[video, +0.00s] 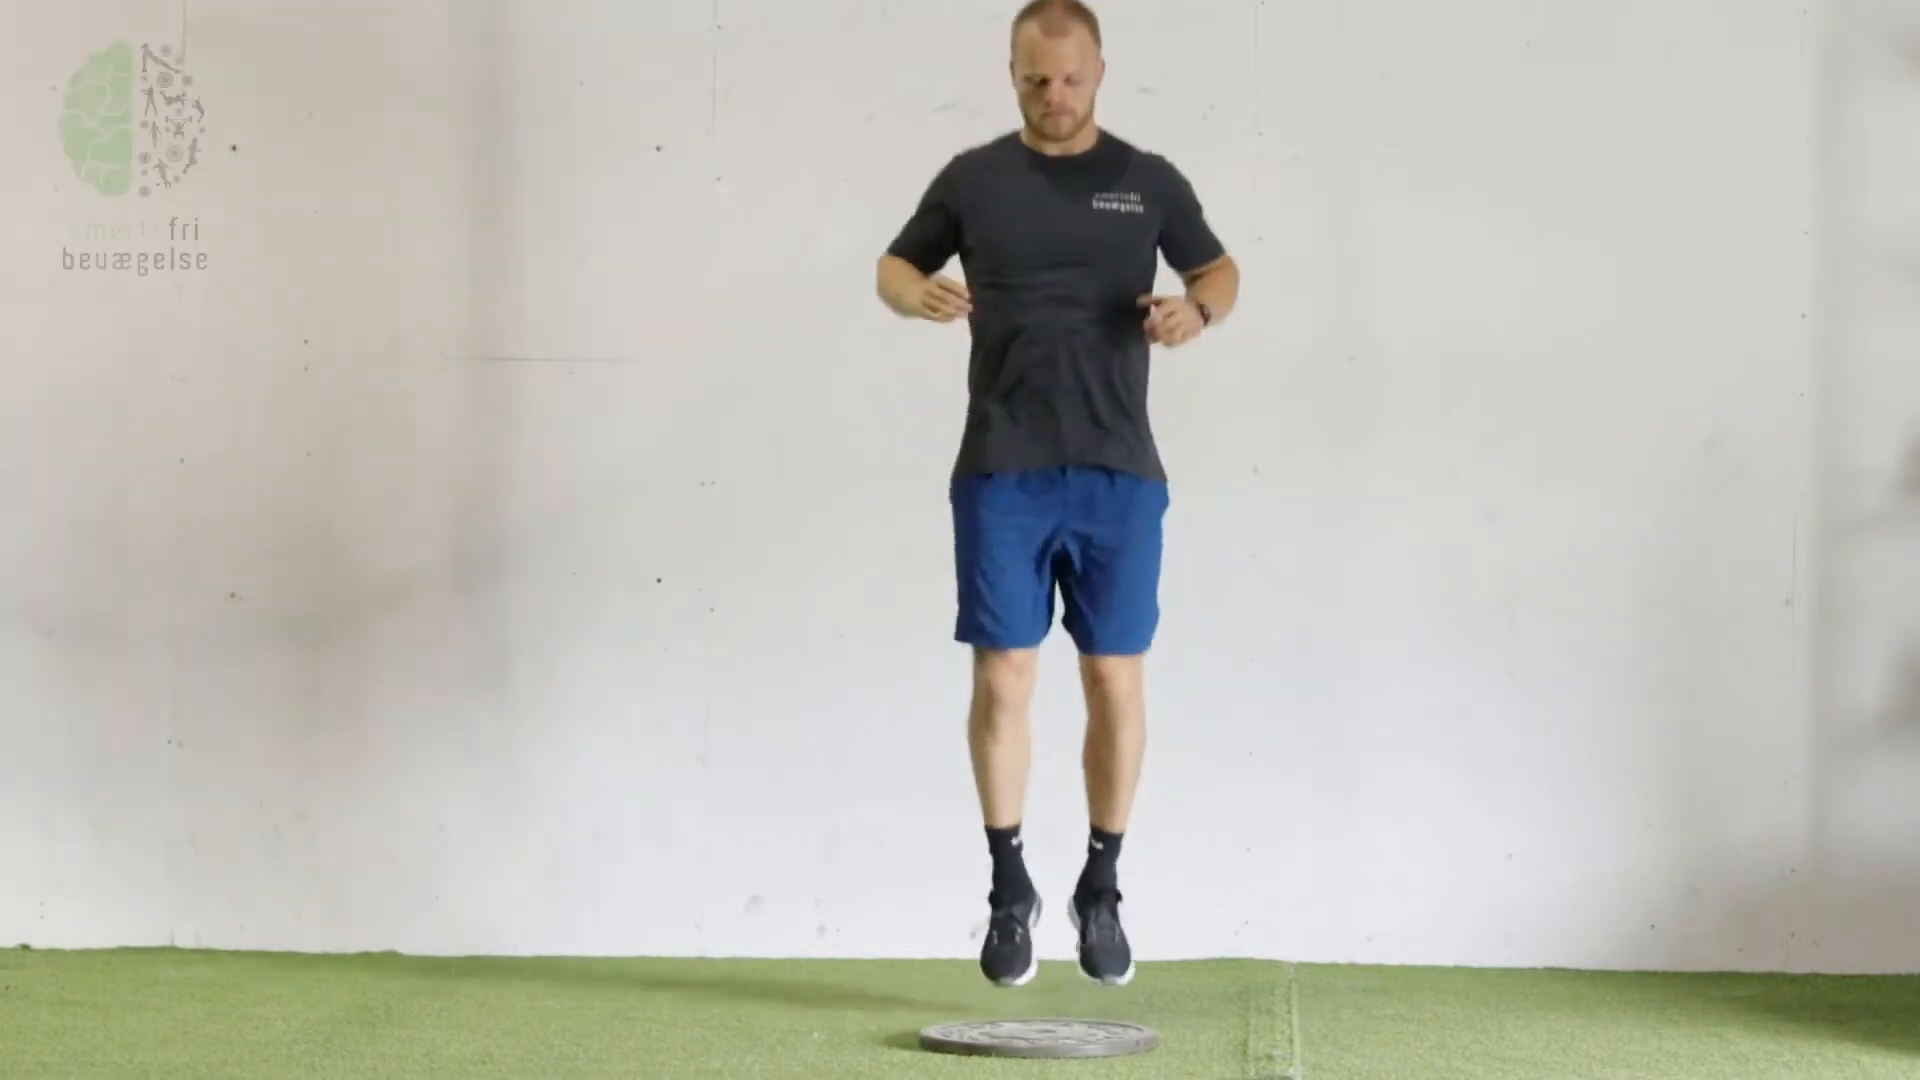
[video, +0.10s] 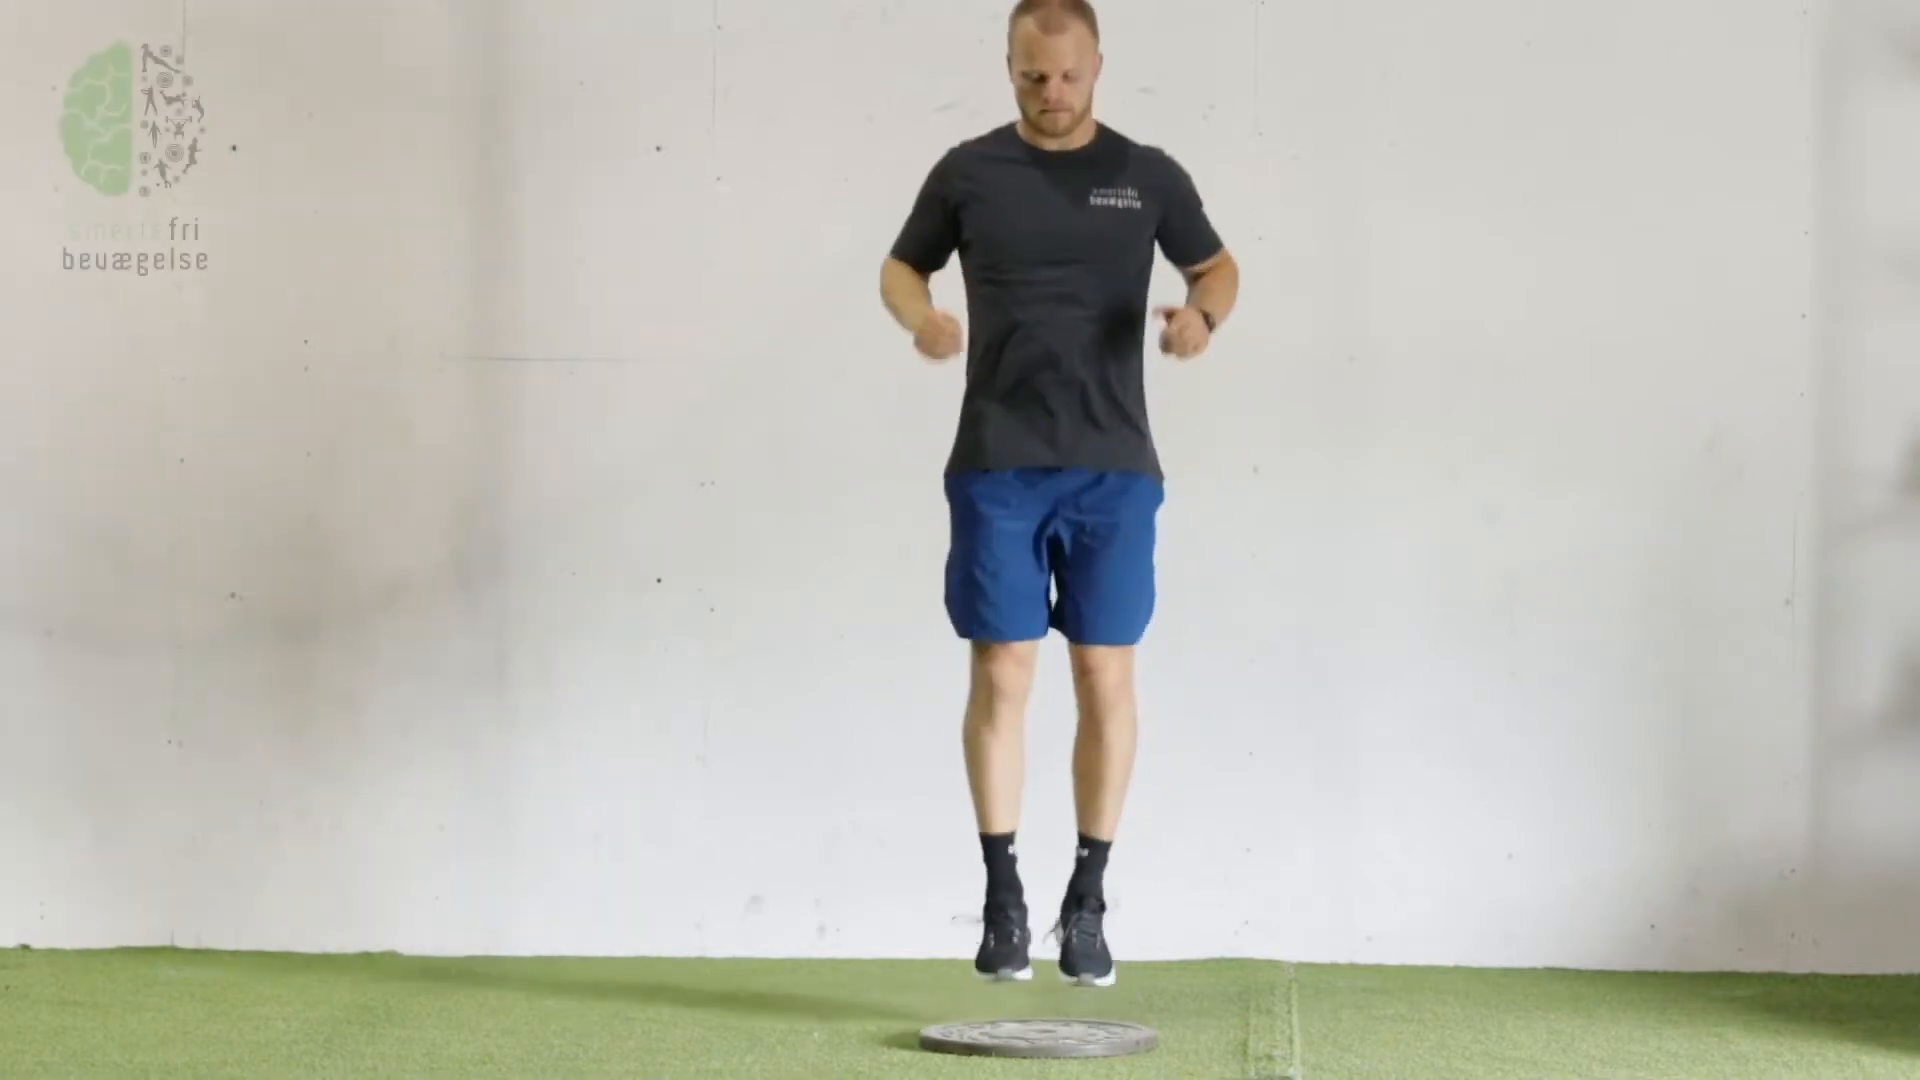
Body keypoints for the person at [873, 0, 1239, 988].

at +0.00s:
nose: (1052, 98)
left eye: (1068, 81)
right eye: (1035, 81)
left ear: (1099, 75)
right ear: (1013, 77)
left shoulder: (1148, 180)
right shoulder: (973, 178)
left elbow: (1218, 272)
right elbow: (895, 269)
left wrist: (1198, 308)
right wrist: (921, 293)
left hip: (1118, 469)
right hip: (1003, 468)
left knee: (1114, 681)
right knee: (1003, 677)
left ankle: (1102, 886)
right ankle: (1009, 890)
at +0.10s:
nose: (1052, 95)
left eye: (1068, 77)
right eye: (1034, 77)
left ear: (1096, 70)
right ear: (1011, 72)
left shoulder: (1147, 175)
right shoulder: (968, 171)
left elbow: (1215, 267)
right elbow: (901, 268)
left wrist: (1201, 313)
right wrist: (924, 320)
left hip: (1112, 461)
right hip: (999, 460)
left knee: (1105, 675)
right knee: (1002, 674)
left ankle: (1087, 904)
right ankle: (1003, 900)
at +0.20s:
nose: (1050, 128)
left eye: (1066, 110)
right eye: (1033, 111)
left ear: (1096, 106)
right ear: (1011, 110)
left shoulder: (1147, 217)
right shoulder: (965, 212)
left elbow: (1209, 318)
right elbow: (905, 313)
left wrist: (1197, 372)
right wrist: (927, 379)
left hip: (1108, 500)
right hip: (996, 497)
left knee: (1098, 714)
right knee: (998, 715)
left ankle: (1081, 946)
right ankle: (1000, 944)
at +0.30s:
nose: (1047, 195)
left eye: (1064, 178)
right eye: (1030, 178)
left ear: (1093, 173)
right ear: (1007, 175)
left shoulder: (1142, 290)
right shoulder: (963, 288)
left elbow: (1198, 402)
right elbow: (905, 400)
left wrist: (1184, 473)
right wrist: (926, 488)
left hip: (1106, 573)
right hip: (996, 572)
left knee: (1091, 765)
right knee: (1001, 769)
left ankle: (1074, 965)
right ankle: (1008, 964)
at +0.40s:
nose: (1044, 152)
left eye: (1061, 135)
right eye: (1028, 135)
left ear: (1092, 128)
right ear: (1006, 130)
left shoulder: (1142, 241)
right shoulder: (964, 237)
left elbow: (1192, 352)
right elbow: (906, 343)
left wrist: (1167, 423)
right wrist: (933, 432)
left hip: (1111, 533)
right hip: (995, 531)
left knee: (1102, 732)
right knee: (995, 731)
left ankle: (1082, 953)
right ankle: (999, 953)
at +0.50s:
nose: (1045, 100)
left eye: (1062, 83)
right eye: (1028, 82)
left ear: (1090, 74)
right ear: (1004, 75)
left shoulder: (1142, 181)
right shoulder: (962, 177)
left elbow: (1206, 274)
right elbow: (905, 271)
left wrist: (1175, 348)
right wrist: (931, 356)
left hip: (1112, 470)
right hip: (996, 469)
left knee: (1108, 682)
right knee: (994, 680)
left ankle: (1089, 900)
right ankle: (998, 899)